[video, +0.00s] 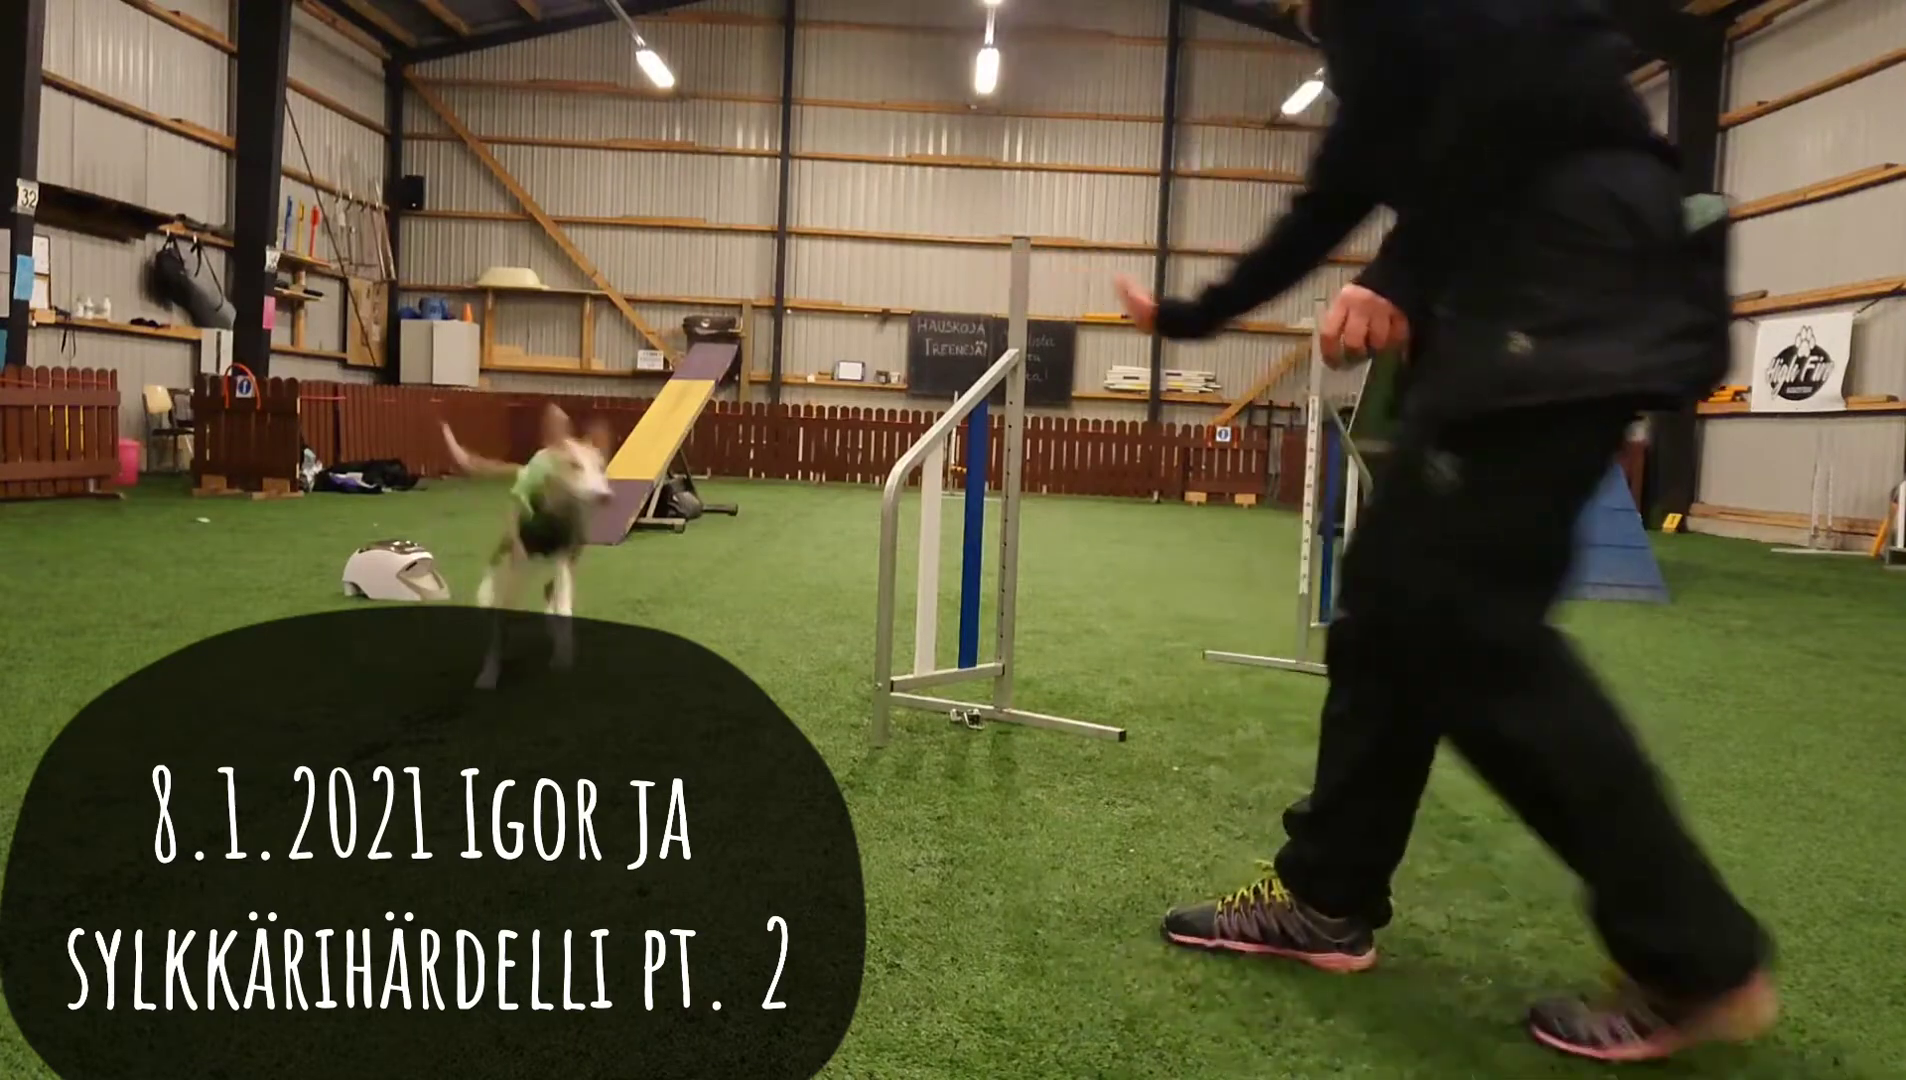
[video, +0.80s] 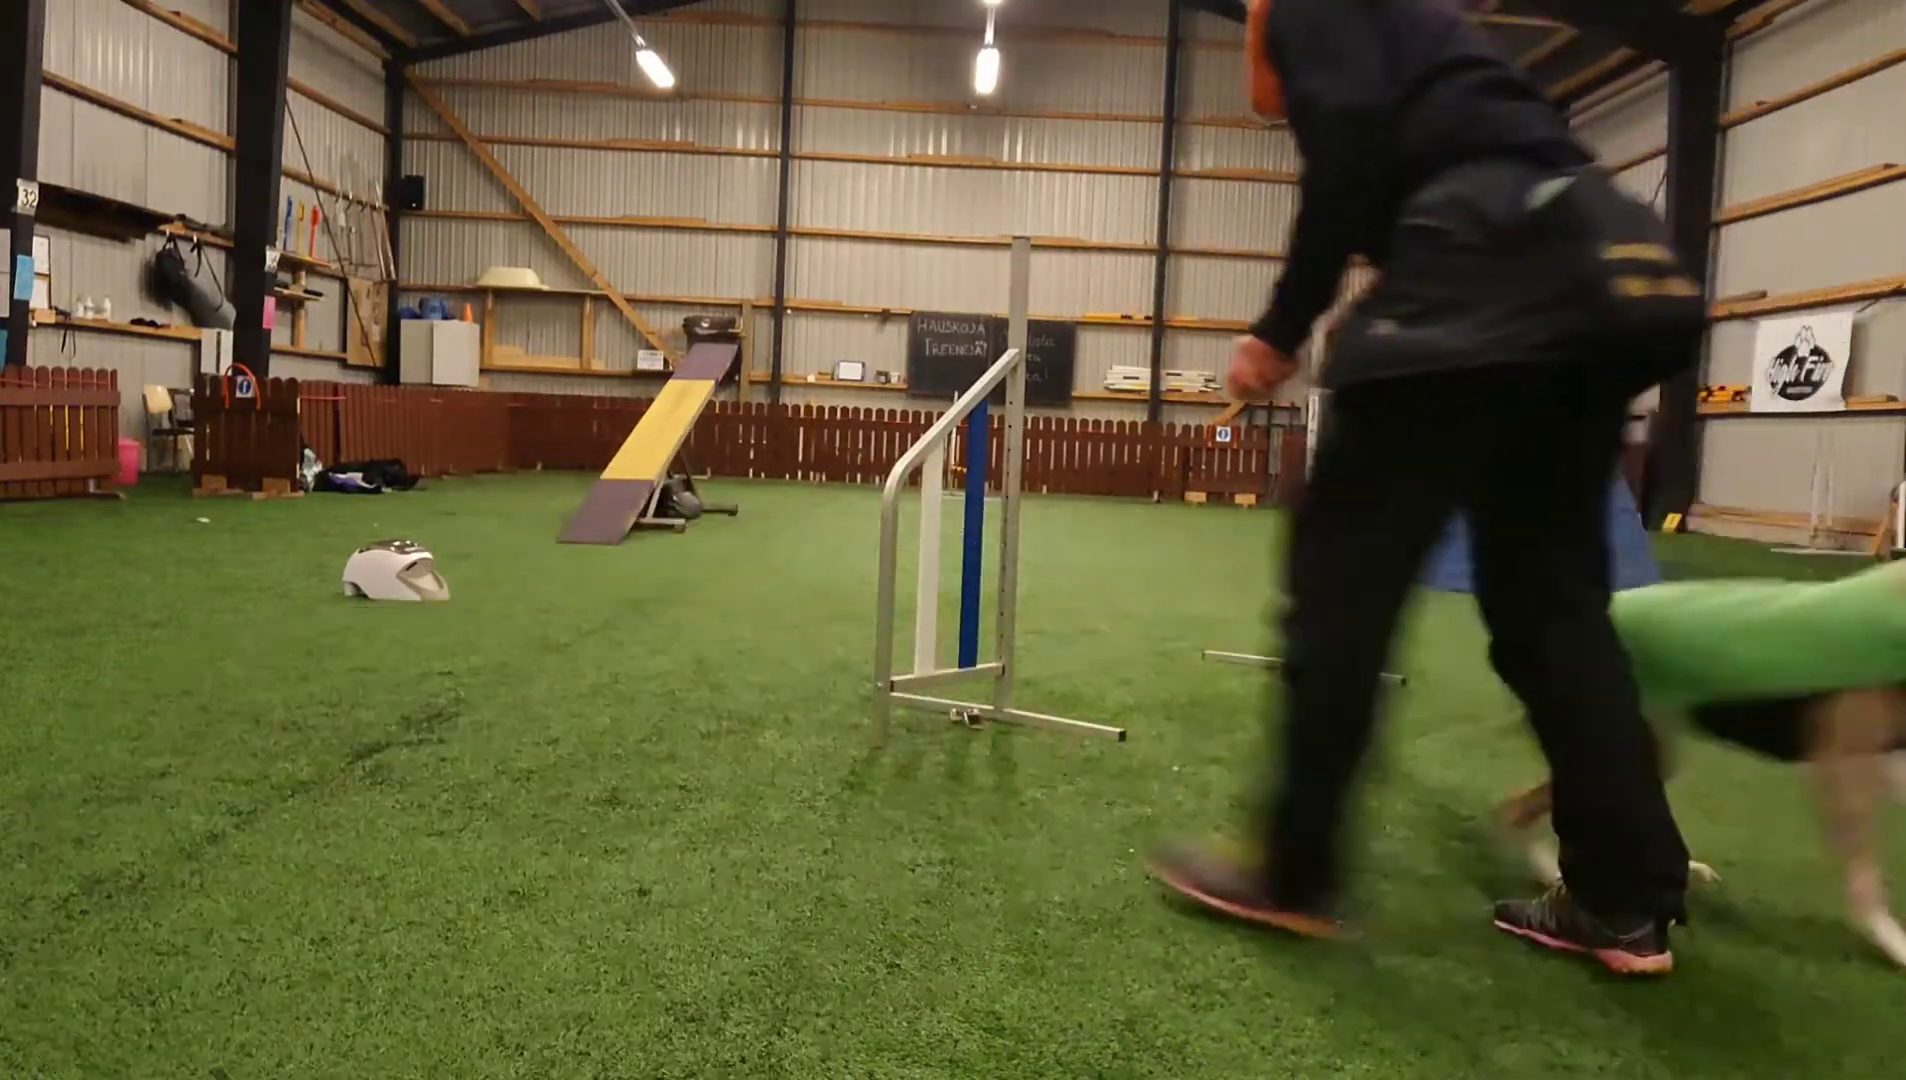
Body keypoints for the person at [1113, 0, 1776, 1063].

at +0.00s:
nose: (1287, 15)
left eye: (1284, 10)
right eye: (1280, 17)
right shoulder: (1388, 34)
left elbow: (1500, 95)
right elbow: (1344, 182)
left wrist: (1401, 274)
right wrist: (1201, 308)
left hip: (1576, 275)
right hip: (1498, 290)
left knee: (1464, 615)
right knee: (1391, 604)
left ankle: (1702, 965)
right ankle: (1328, 900)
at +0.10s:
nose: (1276, 21)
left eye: (1267, 8)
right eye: (1269, 18)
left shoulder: (1437, 8)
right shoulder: (1418, 31)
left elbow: (1508, 115)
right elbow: (1406, 217)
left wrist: (1415, 304)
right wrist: (1263, 365)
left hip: (1631, 310)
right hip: (1567, 317)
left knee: (1599, 677)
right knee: (1444, 607)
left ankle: (1733, 1014)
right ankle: (1338, 885)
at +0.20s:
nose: (1314, 38)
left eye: (1300, 15)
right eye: (1300, 29)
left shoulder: (1441, 14)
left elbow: (1522, 118)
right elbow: (1492, 242)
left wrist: (1439, 323)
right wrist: (1346, 430)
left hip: (1667, 290)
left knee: (1623, 649)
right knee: (1499, 600)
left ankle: (1735, 1016)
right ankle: (1407, 876)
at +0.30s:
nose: (1329, 47)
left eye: (1314, 22)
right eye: (1314, 33)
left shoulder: (1447, 15)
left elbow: (1537, 128)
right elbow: (1549, 188)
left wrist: (1471, 325)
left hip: (1691, 269)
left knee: (1654, 628)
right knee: (1547, 585)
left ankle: (1739, 1011)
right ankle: (1520, 886)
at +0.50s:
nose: (1340, 67)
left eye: (1334, 44)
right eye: (1334, 55)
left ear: (1337, 13)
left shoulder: (1396, 4)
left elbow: (1467, 121)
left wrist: (1406, 325)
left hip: (1644, 289)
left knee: (1656, 647)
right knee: (1631, 634)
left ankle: (1740, 1015)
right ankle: (1622, 913)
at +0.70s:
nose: (1295, 76)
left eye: (1286, 41)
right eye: (1289, 53)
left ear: (1301, 11)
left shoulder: (1342, 9)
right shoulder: (1475, 22)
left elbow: (1396, 144)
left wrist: (1325, 329)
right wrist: (1442, 262)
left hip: (1539, 312)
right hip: (1653, 302)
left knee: (1451, 611)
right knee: (1599, 612)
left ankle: (1546, 922)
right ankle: (1636, 913)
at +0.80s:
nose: (1258, 93)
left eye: (1250, 61)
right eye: (1256, 73)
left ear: (1266, 18)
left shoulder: (1308, 10)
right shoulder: (1432, 37)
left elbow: (1347, 151)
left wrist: (1277, 333)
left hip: (1462, 302)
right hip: (1596, 296)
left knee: (1341, 589)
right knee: (1549, 609)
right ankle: (1628, 906)